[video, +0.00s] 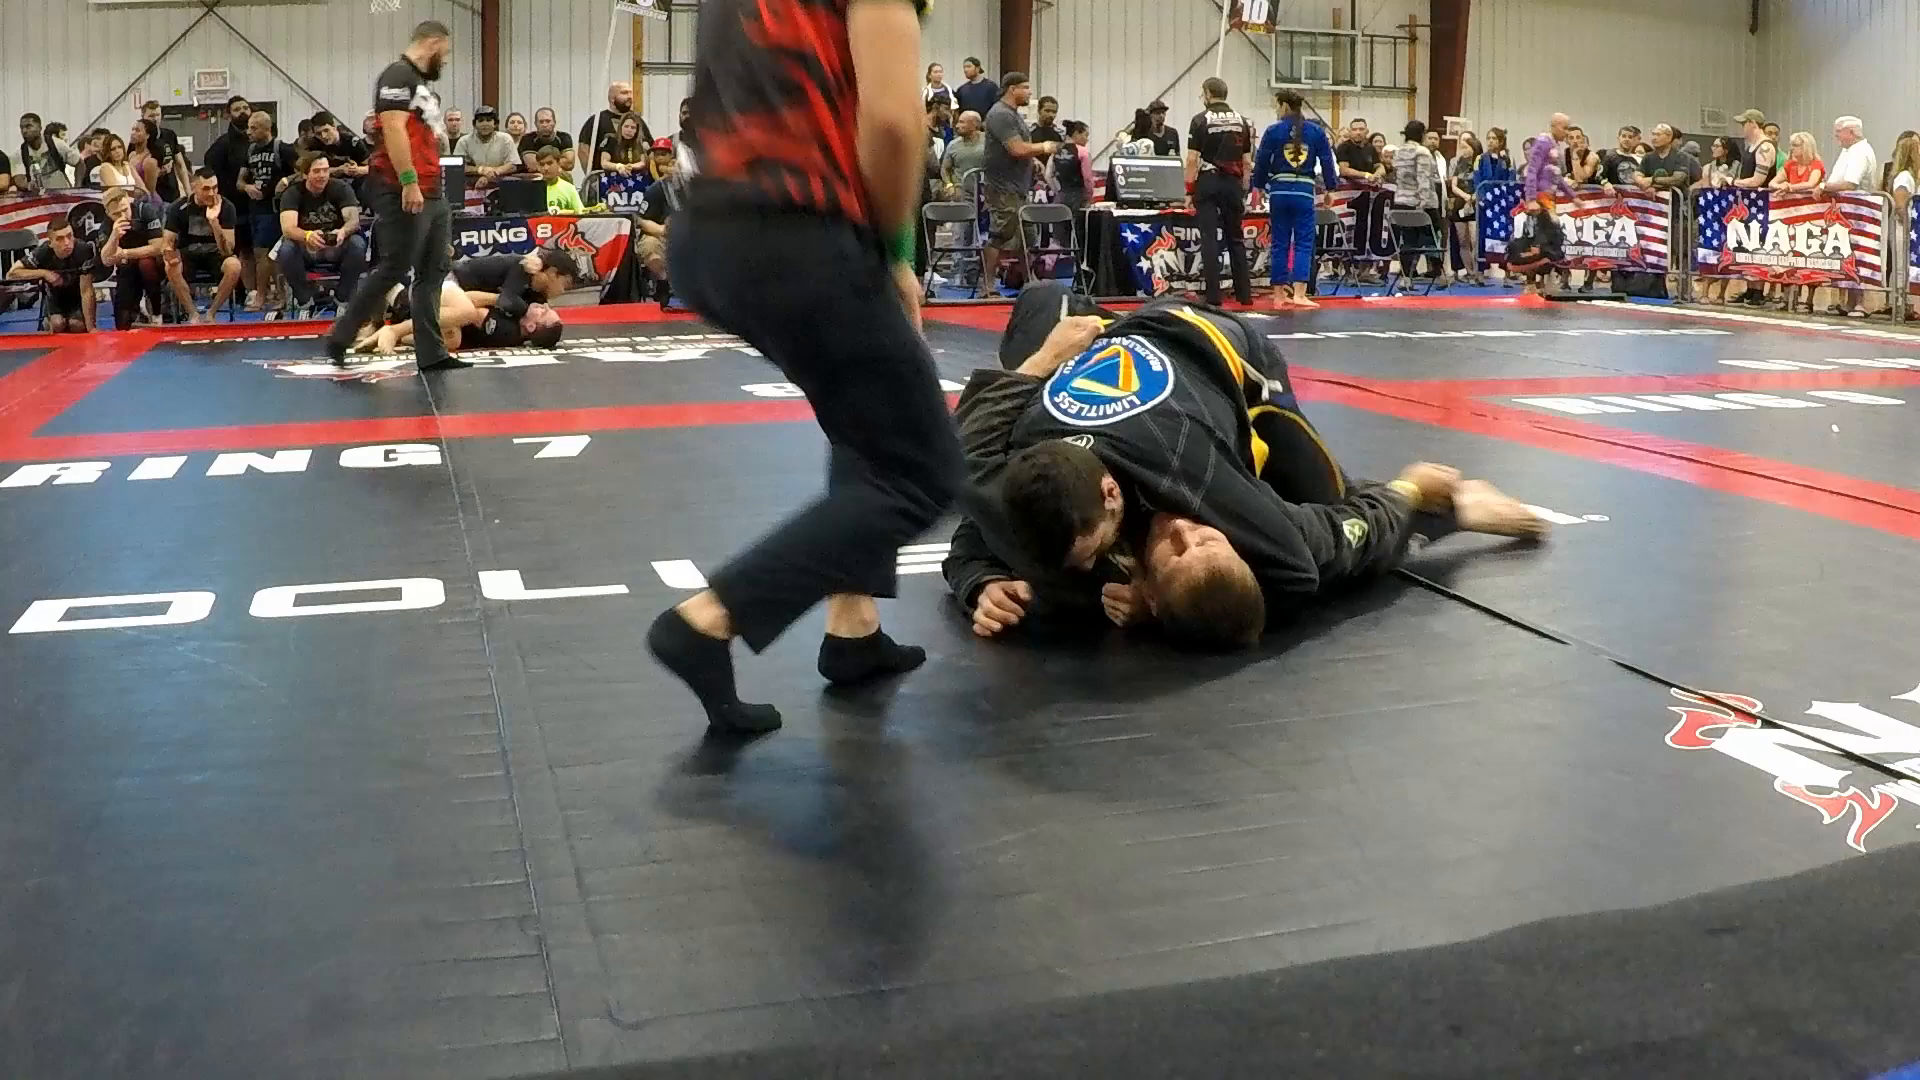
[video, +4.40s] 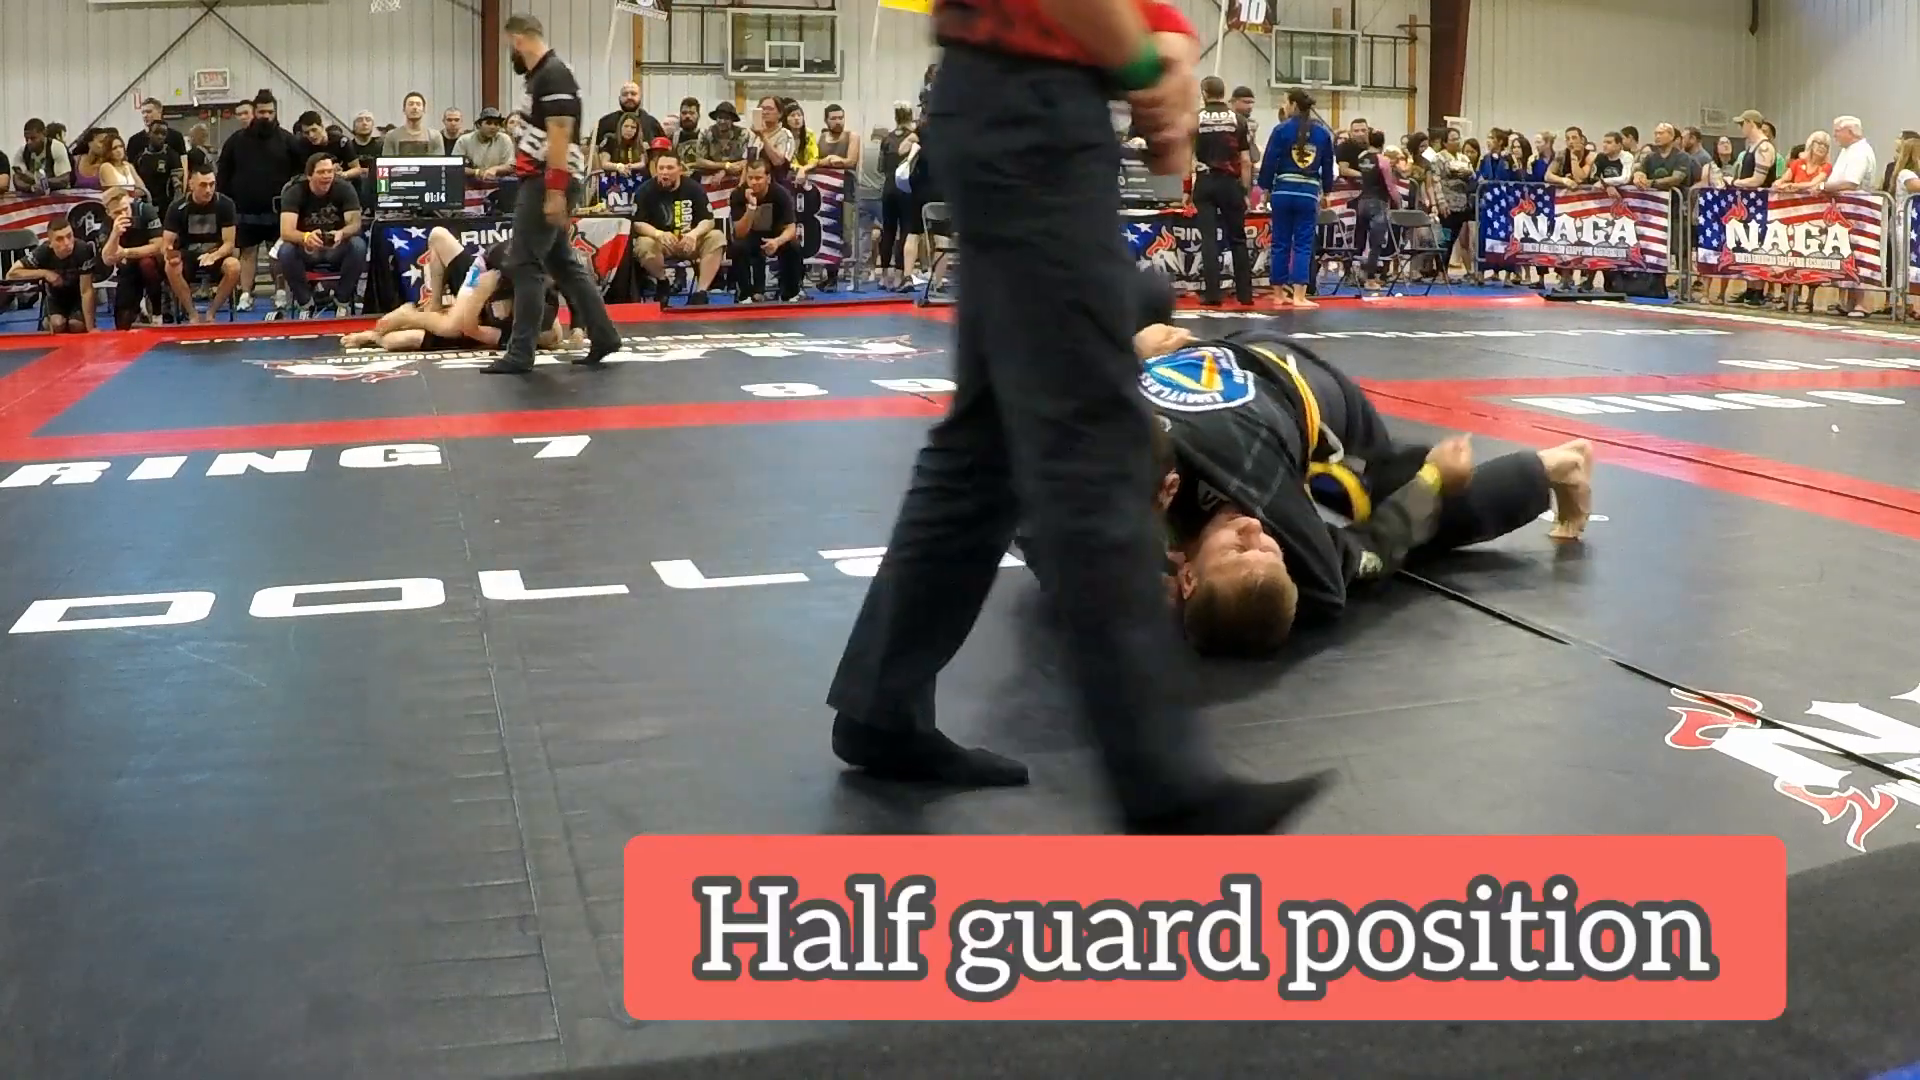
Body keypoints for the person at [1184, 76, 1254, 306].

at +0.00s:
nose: (1202, 96)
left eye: (1203, 93)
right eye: (1203, 93)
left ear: (1208, 94)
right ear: (1225, 94)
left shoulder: (1200, 120)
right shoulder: (1241, 120)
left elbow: (1192, 160)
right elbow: (1246, 161)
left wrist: (1189, 190)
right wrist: (1244, 191)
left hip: (1207, 180)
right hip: (1233, 181)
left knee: (1209, 238)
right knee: (1235, 237)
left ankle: (1213, 296)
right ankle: (1244, 293)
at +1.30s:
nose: (1203, 95)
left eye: (1204, 92)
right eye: (1204, 92)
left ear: (1208, 94)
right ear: (1226, 94)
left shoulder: (1197, 120)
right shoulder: (1241, 121)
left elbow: (1177, 149)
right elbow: (1245, 159)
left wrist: (1164, 169)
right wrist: (1244, 189)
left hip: (1206, 181)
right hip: (1233, 183)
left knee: (1208, 238)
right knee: (1235, 238)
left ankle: (1212, 295)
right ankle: (1244, 295)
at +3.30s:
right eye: (1225, 92)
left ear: (1208, 93)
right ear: (1228, 94)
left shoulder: (1194, 120)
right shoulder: (1238, 121)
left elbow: (1187, 158)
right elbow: (1244, 160)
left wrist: (1189, 189)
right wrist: (1244, 192)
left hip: (1204, 181)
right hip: (1230, 182)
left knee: (1208, 239)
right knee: (1237, 238)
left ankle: (1212, 294)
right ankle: (1245, 294)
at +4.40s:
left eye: (1203, 92)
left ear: (1204, 94)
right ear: (1224, 93)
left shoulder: (1194, 119)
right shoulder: (1238, 120)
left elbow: (1188, 157)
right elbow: (1245, 159)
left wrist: (1186, 189)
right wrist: (1246, 191)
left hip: (1203, 180)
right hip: (1231, 181)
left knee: (1208, 239)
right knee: (1237, 238)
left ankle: (1212, 295)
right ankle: (1245, 294)